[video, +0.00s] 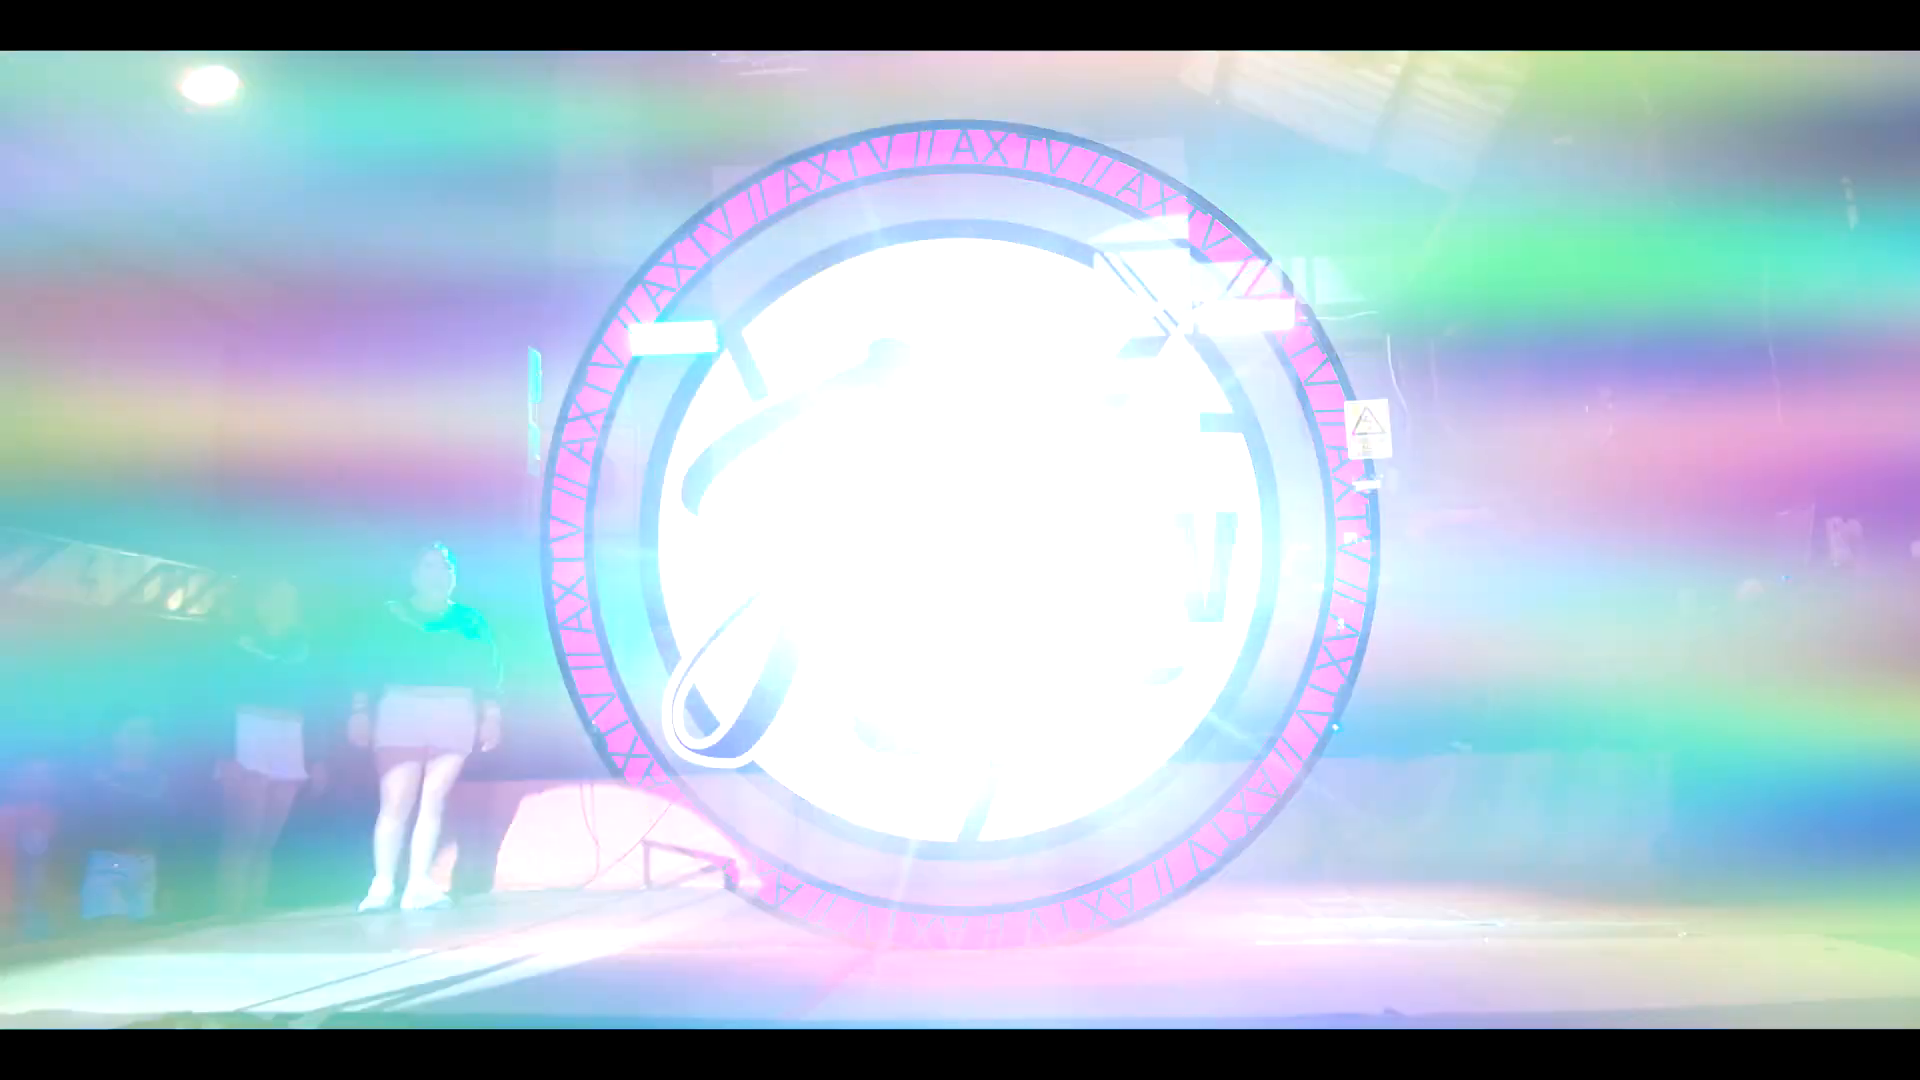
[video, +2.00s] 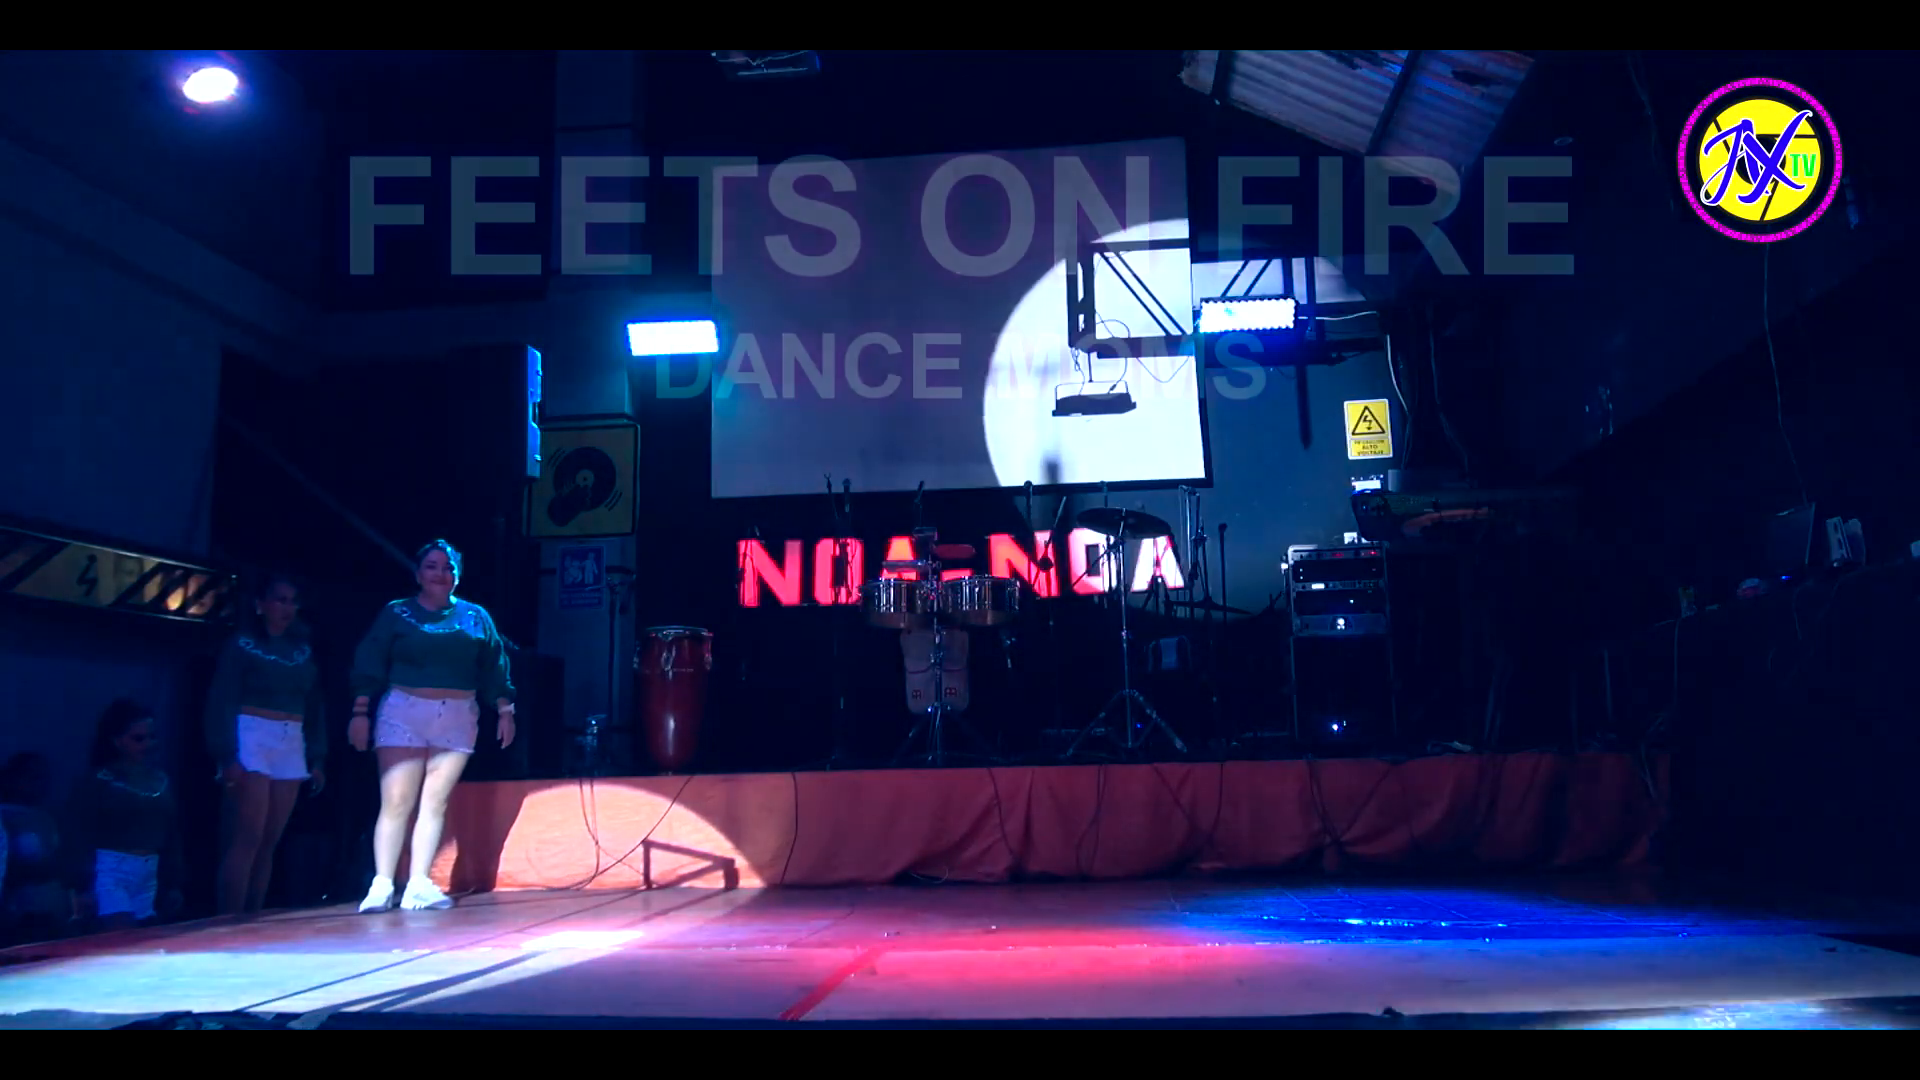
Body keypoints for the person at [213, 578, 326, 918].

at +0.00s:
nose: (279, 611)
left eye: (287, 603)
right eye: (272, 601)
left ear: (298, 607)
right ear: (258, 604)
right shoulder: (237, 647)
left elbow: (318, 712)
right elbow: (220, 704)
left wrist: (318, 759)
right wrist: (221, 757)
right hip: (245, 754)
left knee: (265, 844)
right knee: (241, 841)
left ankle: (254, 917)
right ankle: (229, 917)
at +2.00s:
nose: (286, 608)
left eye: (291, 601)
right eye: (279, 600)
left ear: (298, 607)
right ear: (262, 603)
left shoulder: (303, 651)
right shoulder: (244, 643)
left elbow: (314, 708)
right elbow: (223, 700)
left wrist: (316, 757)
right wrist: (227, 755)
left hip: (293, 734)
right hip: (253, 730)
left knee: (272, 837)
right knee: (250, 832)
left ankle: (254, 915)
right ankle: (231, 916)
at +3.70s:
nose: (295, 610)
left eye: (299, 603)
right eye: (288, 602)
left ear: (304, 609)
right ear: (269, 606)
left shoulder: (310, 652)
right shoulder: (249, 647)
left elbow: (322, 708)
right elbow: (228, 699)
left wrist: (324, 760)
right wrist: (227, 750)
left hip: (300, 736)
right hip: (258, 733)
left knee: (293, 822)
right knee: (288, 813)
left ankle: (263, 906)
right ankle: (244, 894)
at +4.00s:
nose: (305, 610)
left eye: (309, 603)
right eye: (298, 602)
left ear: (313, 610)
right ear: (280, 606)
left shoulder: (320, 653)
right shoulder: (257, 647)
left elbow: (333, 710)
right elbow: (235, 699)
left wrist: (335, 758)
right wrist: (229, 750)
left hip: (308, 734)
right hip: (265, 730)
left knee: (288, 817)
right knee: (323, 783)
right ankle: (293, 873)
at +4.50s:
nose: (348, 577)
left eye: (353, 571)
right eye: (340, 571)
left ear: (360, 577)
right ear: (322, 577)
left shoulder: (365, 625)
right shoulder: (298, 617)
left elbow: (379, 682)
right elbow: (272, 676)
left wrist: (385, 730)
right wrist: (266, 735)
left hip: (343, 716)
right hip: (300, 707)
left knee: (330, 808)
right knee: (332, 795)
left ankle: (276, 897)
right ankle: (315, 887)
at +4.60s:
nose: (358, 565)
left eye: (363, 559)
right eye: (349, 559)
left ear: (369, 568)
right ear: (331, 566)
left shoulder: (372, 614)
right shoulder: (307, 604)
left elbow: (384, 670)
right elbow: (282, 663)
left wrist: (392, 716)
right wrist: (276, 722)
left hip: (353, 704)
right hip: (309, 695)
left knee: (359, 799)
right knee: (329, 789)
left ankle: (283, 867)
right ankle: (314, 886)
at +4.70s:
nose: (370, 558)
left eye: (374, 552)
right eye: (362, 552)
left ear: (379, 560)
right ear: (342, 558)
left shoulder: (380, 606)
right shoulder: (318, 598)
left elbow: (389, 665)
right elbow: (295, 657)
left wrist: (394, 711)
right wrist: (292, 713)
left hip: (364, 694)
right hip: (322, 688)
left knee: (378, 787)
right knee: (329, 789)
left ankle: (308, 841)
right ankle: (315, 885)